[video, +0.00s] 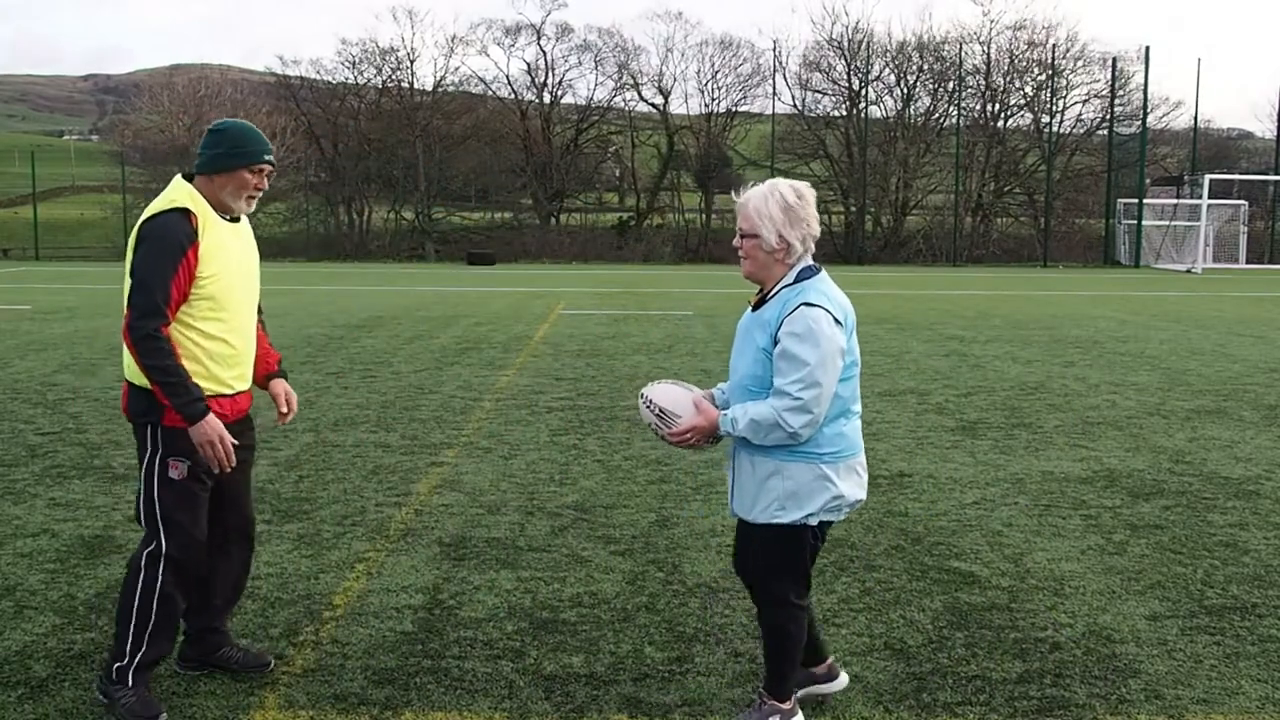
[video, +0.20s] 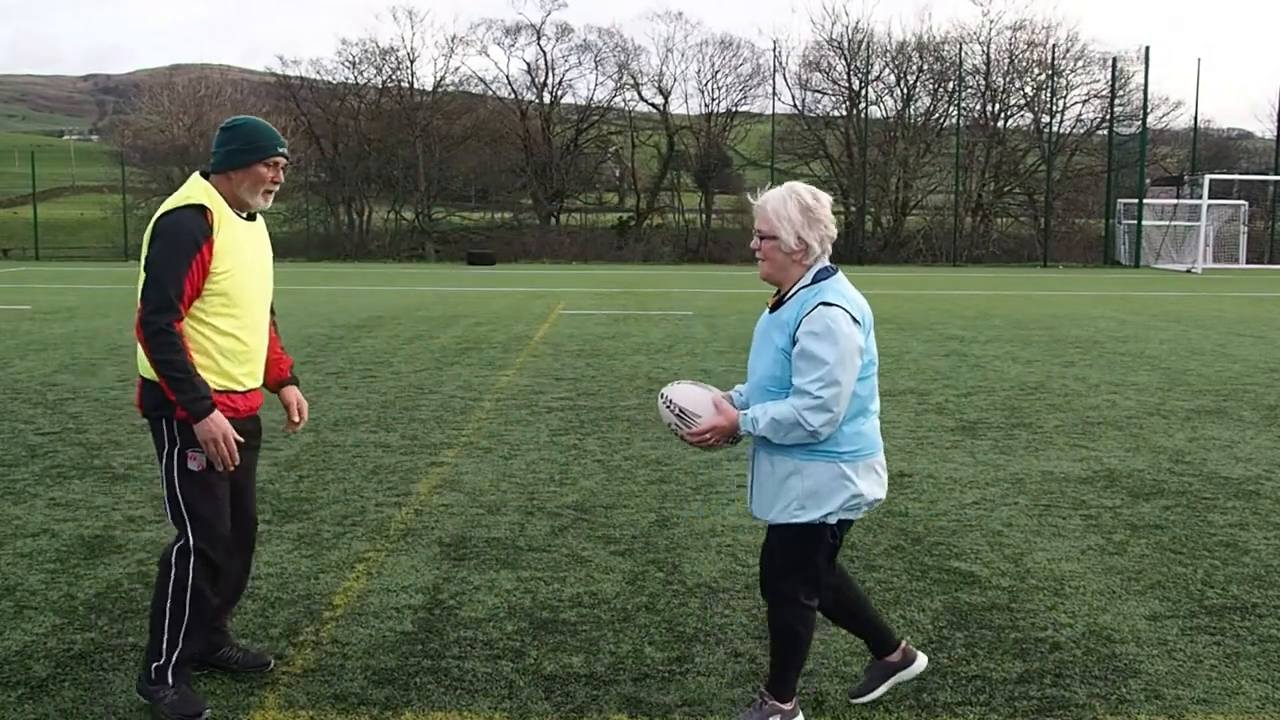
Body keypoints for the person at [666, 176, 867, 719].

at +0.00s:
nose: (737, 245)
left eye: (747, 236)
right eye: (737, 235)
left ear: (783, 244)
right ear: (774, 244)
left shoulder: (810, 313)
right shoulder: (776, 301)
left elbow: (797, 415)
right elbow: (758, 383)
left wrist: (723, 422)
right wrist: (708, 402)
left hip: (802, 476)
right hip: (770, 467)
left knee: (778, 585)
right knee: (754, 563)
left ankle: (780, 701)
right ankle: (814, 665)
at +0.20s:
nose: (754, 247)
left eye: (763, 238)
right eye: (755, 236)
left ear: (798, 244)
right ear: (790, 245)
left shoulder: (828, 314)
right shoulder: (795, 304)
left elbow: (817, 413)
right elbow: (776, 384)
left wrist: (740, 422)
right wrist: (728, 403)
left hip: (826, 475)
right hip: (803, 469)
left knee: (785, 581)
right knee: (813, 574)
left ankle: (780, 702)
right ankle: (892, 653)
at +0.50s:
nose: (811, 252)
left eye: (823, 242)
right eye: (809, 241)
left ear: (860, 249)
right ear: (848, 251)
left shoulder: (880, 316)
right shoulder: (851, 308)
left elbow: (872, 414)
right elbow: (834, 390)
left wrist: (802, 424)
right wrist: (785, 413)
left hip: (880, 480)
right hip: (862, 475)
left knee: (830, 582)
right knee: (874, 578)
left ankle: (786, 699)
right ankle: (931, 677)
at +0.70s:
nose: (854, 250)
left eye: (867, 241)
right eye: (851, 240)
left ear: (903, 248)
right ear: (850, 245)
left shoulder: (924, 314)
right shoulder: (886, 309)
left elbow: (926, 410)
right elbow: (872, 390)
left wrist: (851, 424)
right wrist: (826, 418)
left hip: (928, 473)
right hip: (898, 468)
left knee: (859, 563)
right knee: (896, 573)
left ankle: (830, 693)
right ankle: (933, 681)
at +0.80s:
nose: (875, 247)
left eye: (888, 237)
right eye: (871, 237)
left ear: (924, 243)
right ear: (869, 242)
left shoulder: (946, 310)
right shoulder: (900, 308)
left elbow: (948, 403)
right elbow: (888, 386)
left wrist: (874, 422)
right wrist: (846, 412)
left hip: (948, 468)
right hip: (917, 463)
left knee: (881, 562)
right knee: (913, 570)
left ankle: (898, 693)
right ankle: (933, 681)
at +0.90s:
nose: (895, 244)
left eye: (907, 234)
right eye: (892, 234)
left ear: (945, 240)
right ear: (891, 238)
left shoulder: (966, 309)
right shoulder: (917, 305)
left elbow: (966, 403)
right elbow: (904, 383)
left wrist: (889, 416)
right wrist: (863, 408)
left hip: (965, 468)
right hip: (925, 464)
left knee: (927, 568)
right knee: (907, 562)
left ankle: (976, 688)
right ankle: (932, 679)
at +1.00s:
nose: (913, 243)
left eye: (926, 234)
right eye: (912, 233)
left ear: (962, 242)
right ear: (916, 236)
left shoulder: (989, 310)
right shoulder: (937, 303)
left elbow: (981, 405)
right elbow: (927, 380)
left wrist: (904, 411)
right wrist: (884, 400)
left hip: (981, 474)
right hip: (935, 470)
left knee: (970, 580)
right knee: (922, 573)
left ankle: (1044, 681)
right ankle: (934, 681)